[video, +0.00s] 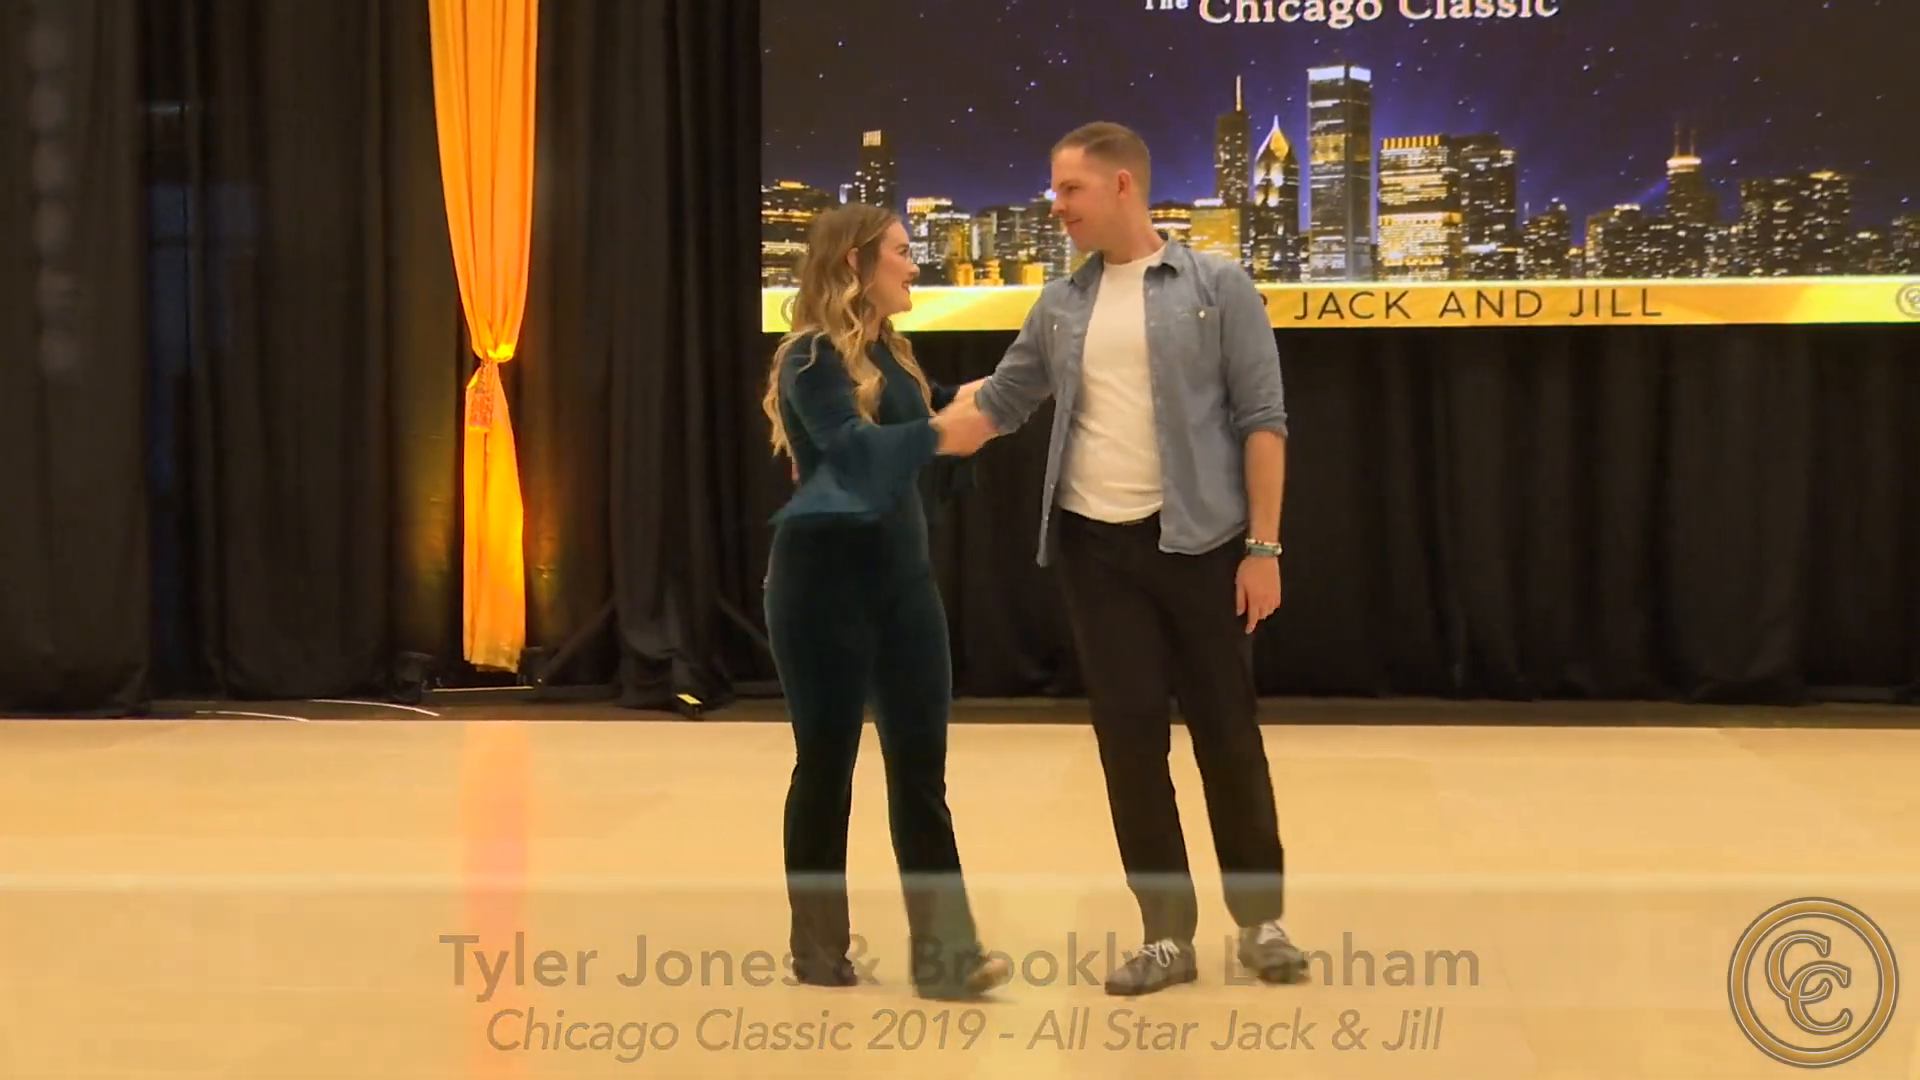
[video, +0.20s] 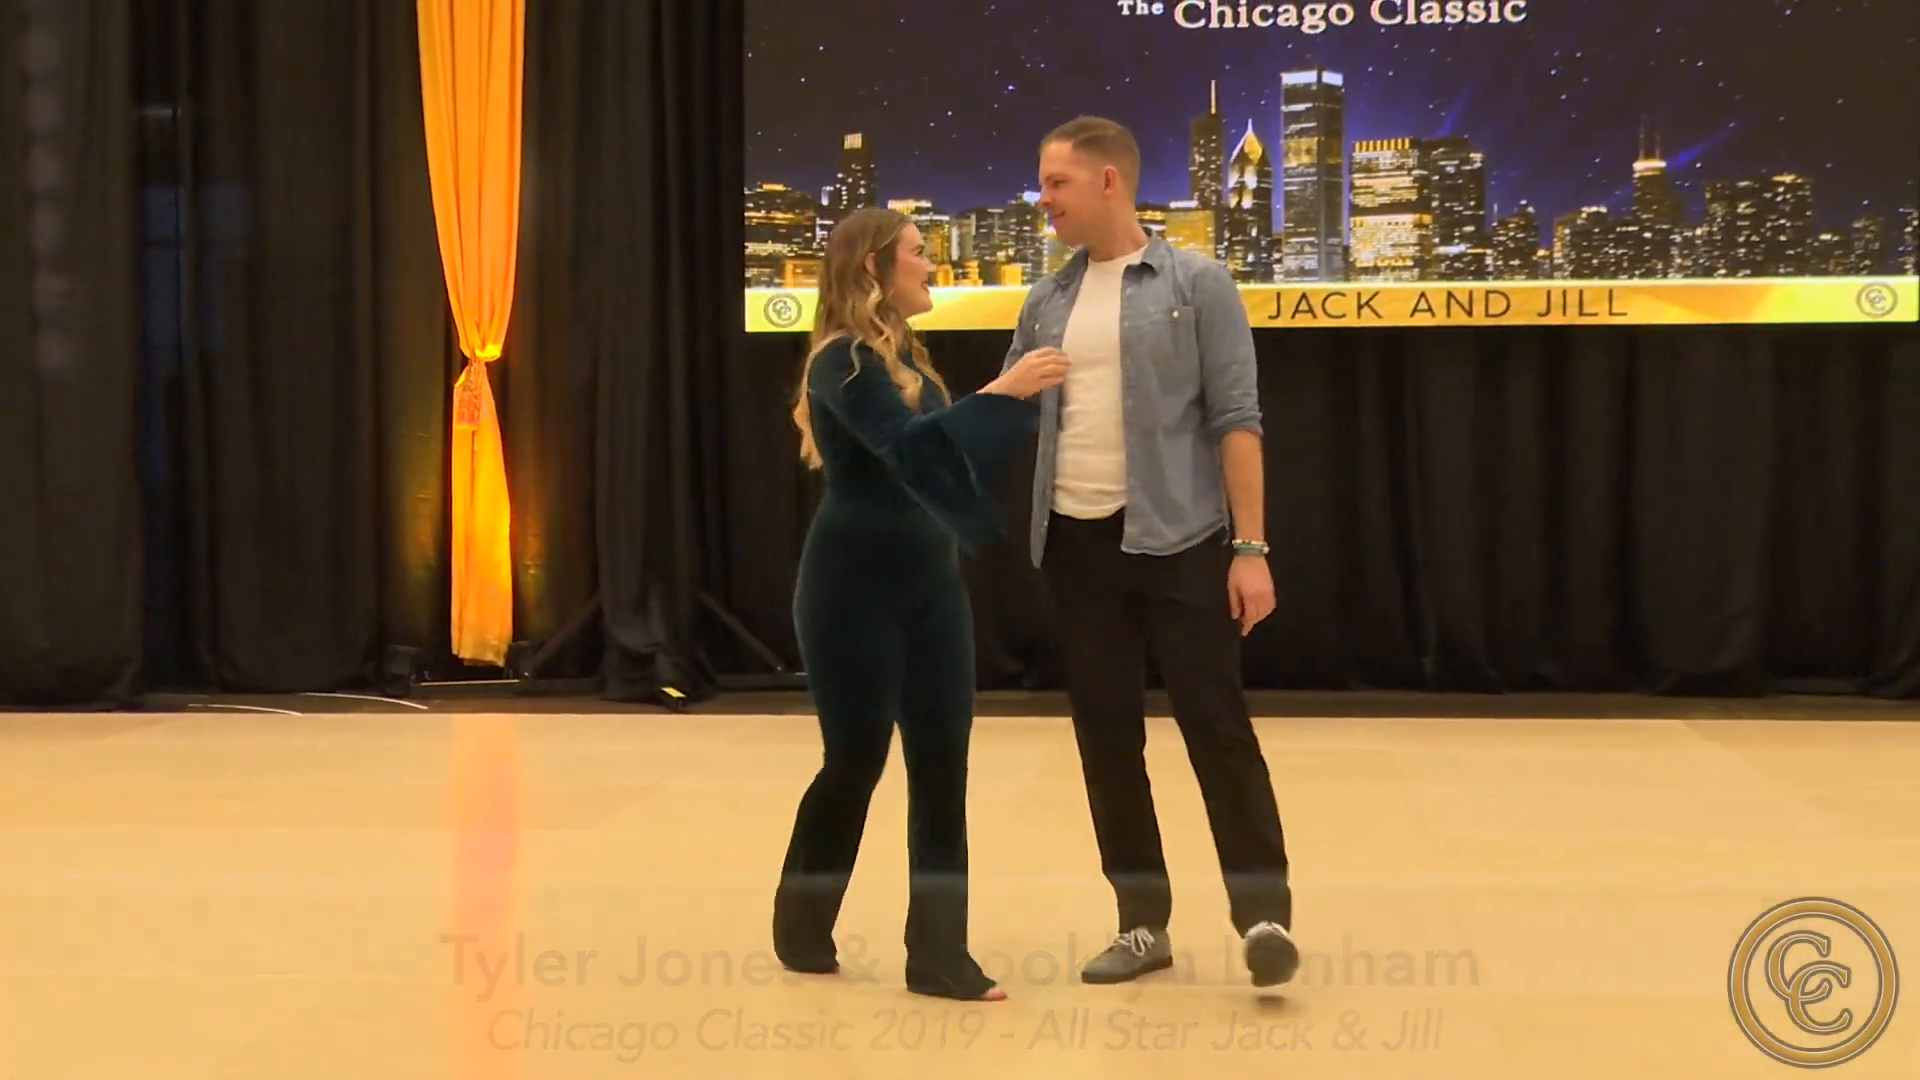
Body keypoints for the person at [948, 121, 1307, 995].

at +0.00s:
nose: (1058, 206)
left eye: (1071, 188)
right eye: (1055, 191)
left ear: (1126, 187)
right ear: (1085, 196)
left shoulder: (1219, 286)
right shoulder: (1063, 299)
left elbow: (1262, 418)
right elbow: (998, 399)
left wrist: (1263, 546)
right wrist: (894, 433)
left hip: (1200, 541)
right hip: (1093, 544)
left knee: (1228, 735)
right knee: (1129, 745)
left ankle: (1260, 923)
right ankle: (1168, 937)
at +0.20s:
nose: (1044, 199)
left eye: (1058, 183)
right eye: (1042, 185)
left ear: (1112, 182)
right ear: (1075, 189)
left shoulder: (1199, 282)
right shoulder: (1045, 300)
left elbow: (1237, 419)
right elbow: (1006, 413)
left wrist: (1251, 548)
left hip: (1181, 536)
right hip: (1075, 541)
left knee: (1215, 723)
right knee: (1106, 737)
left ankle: (1263, 920)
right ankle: (1142, 924)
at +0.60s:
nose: (1025, 202)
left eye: (1038, 185)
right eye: (1027, 187)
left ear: (1091, 189)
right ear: (1071, 190)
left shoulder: (1154, 282)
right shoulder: (1058, 293)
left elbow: (1183, 416)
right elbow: (1029, 417)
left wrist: (1107, 509)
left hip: (1125, 549)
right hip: (1054, 547)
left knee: (1123, 743)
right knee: (1074, 739)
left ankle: (1157, 963)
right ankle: (1113, 912)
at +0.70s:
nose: (1026, 201)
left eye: (1037, 184)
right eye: (1028, 185)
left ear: (1087, 187)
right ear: (1082, 187)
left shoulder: (1142, 276)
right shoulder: (1069, 294)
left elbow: (1157, 405)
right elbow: (1044, 419)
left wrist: (1043, 459)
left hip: (1121, 540)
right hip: (1063, 541)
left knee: (1106, 734)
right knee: (1066, 729)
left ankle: (1144, 961)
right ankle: (1106, 909)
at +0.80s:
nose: (1025, 196)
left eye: (1035, 179)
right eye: (1028, 180)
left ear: (1080, 180)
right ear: (1080, 182)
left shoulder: (1133, 273)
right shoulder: (1081, 288)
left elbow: (1132, 397)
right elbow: (1046, 402)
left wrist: (997, 405)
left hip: (1112, 539)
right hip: (1063, 540)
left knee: (1095, 727)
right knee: (1044, 717)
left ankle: (1135, 953)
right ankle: (1100, 907)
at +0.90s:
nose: (1026, 193)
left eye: (1036, 175)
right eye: (1029, 177)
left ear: (1082, 178)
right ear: (1077, 181)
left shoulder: (1127, 273)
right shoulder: (1081, 281)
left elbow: (1101, 398)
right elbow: (1051, 395)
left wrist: (976, 361)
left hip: (1109, 533)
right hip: (1063, 533)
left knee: (1088, 722)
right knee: (1031, 709)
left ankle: (1129, 948)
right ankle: (1091, 904)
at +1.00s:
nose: (1026, 189)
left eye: (1036, 173)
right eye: (1028, 174)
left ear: (1080, 177)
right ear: (1082, 177)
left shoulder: (1123, 273)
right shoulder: (1080, 278)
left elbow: (1091, 402)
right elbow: (1033, 406)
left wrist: (987, 340)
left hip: (1103, 530)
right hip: (1057, 530)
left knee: (1085, 719)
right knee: (1028, 708)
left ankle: (1125, 945)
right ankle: (1072, 893)